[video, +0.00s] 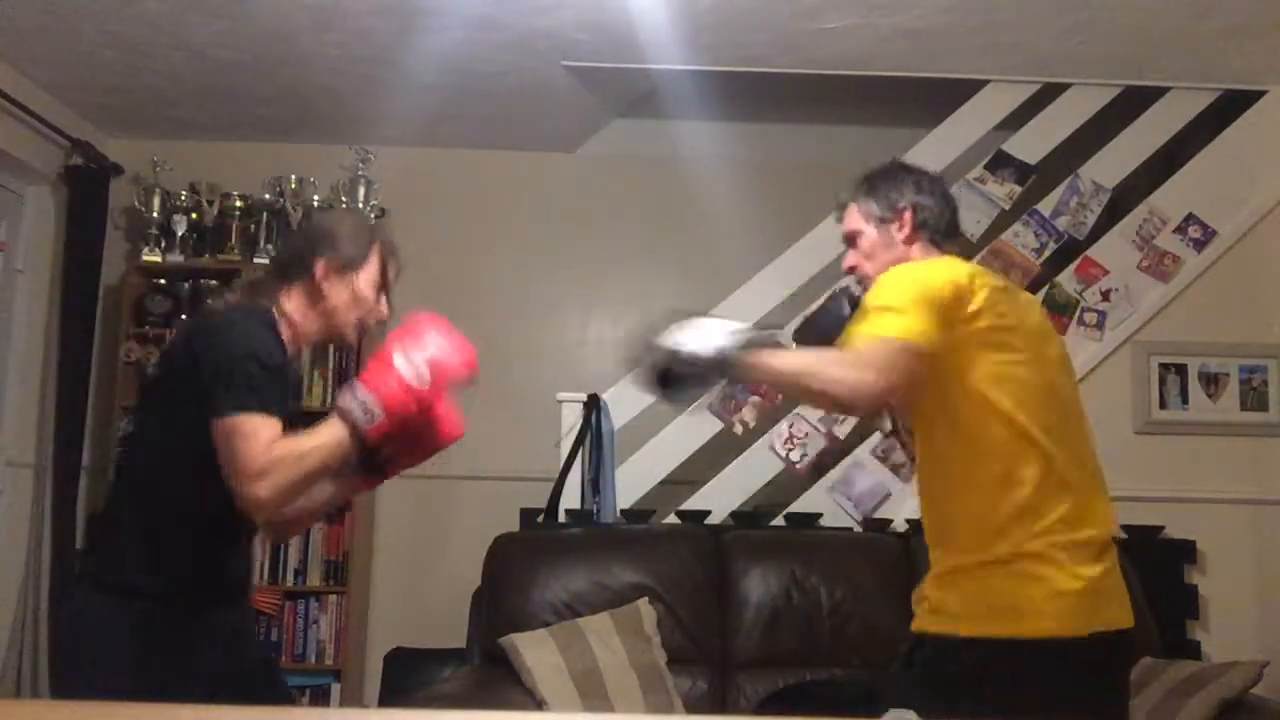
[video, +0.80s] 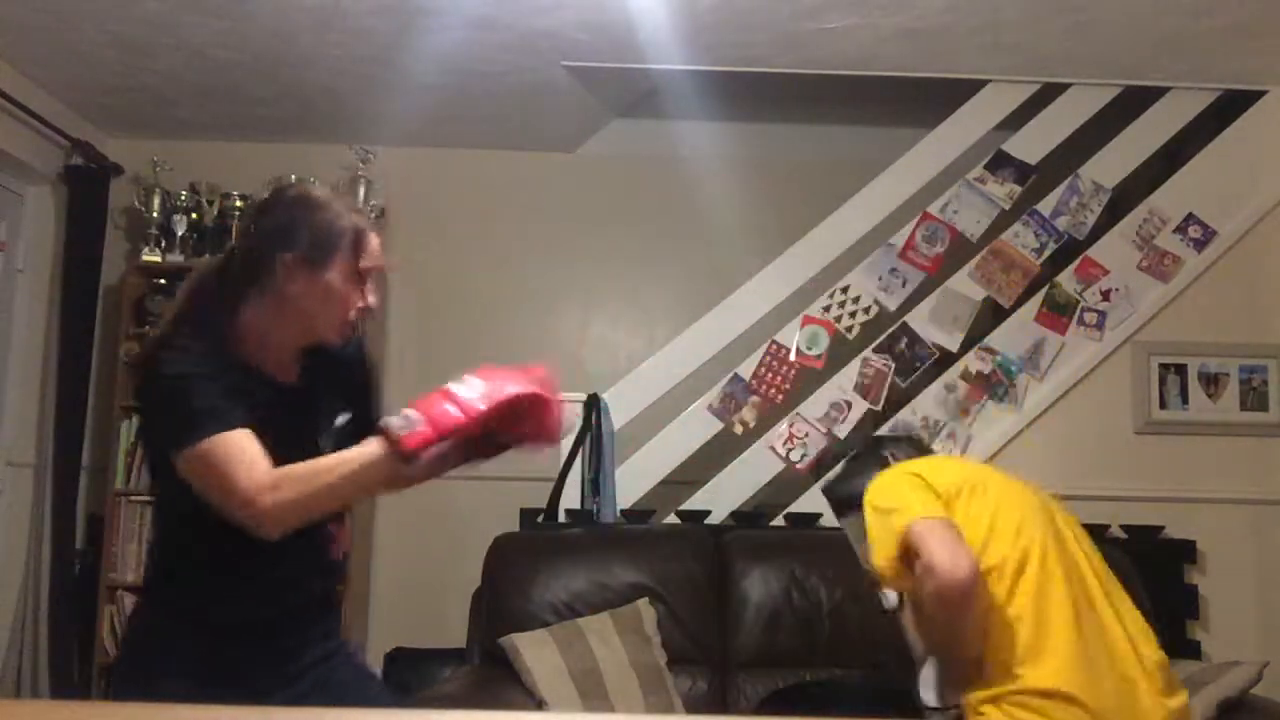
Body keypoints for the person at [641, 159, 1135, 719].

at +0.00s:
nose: (848, 264)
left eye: (854, 241)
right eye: (846, 247)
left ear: (905, 225)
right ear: (911, 229)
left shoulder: (922, 281)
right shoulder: (1022, 305)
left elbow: (868, 382)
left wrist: (733, 357)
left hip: (997, 628)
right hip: (1089, 623)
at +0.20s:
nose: (805, 282)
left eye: (810, 264)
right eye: (800, 267)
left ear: (856, 246)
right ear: (882, 248)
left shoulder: (867, 303)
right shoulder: (987, 320)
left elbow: (766, 401)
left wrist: (622, 386)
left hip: (971, 651)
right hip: (1070, 643)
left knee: (784, 702)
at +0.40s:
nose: (807, 301)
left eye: (807, 285)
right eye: (806, 290)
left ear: (827, 271)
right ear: (899, 267)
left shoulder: (842, 317)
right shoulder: (966, 335)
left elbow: (779, 407)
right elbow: (824, 478)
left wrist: (616, 467)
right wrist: (785, 381)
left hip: (951, 673)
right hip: (1066, 659)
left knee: (778, 705)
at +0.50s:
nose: (801, 331)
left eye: (805, 312)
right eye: (796, 316)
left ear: (864, 282)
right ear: (883, 280)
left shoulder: (873, 322)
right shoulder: (979, 358)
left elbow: (845, 407)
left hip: (954, 678)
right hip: (1065, 674)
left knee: (777, 705)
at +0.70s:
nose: (849, 491)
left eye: (841, 474)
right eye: (843, 479)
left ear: (844, 449)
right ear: (895, 409)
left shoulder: (887, 438)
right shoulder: (1006, 455)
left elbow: (955, 536)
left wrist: (918, 644)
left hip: (1026, 697)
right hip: (1130, 690)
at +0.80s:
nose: (863, 528)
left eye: (859, 511)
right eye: (856, 518)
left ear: (875, 481)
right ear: (922, 455)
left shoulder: (898, 480)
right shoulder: (1022, 492)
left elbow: (953, 575)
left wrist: (952, 693)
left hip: (1045, 703)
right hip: (1156, 700)